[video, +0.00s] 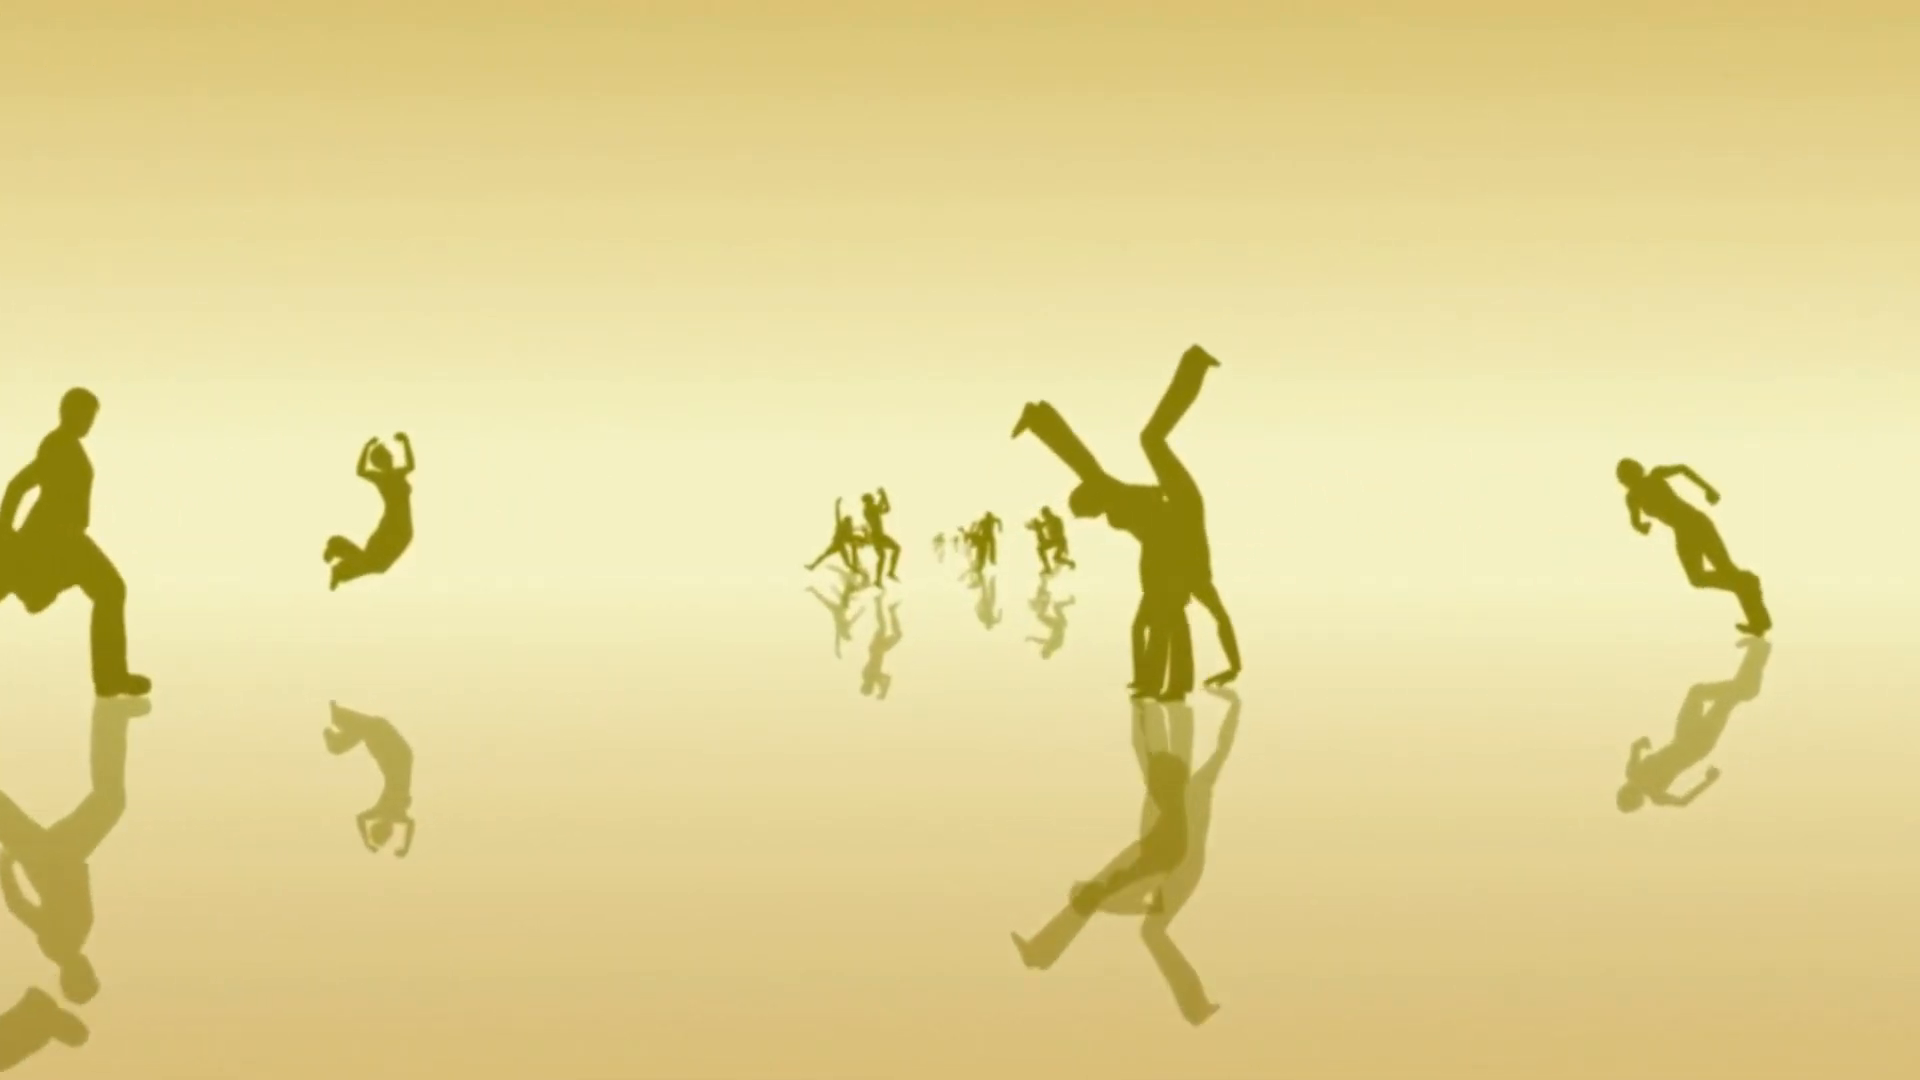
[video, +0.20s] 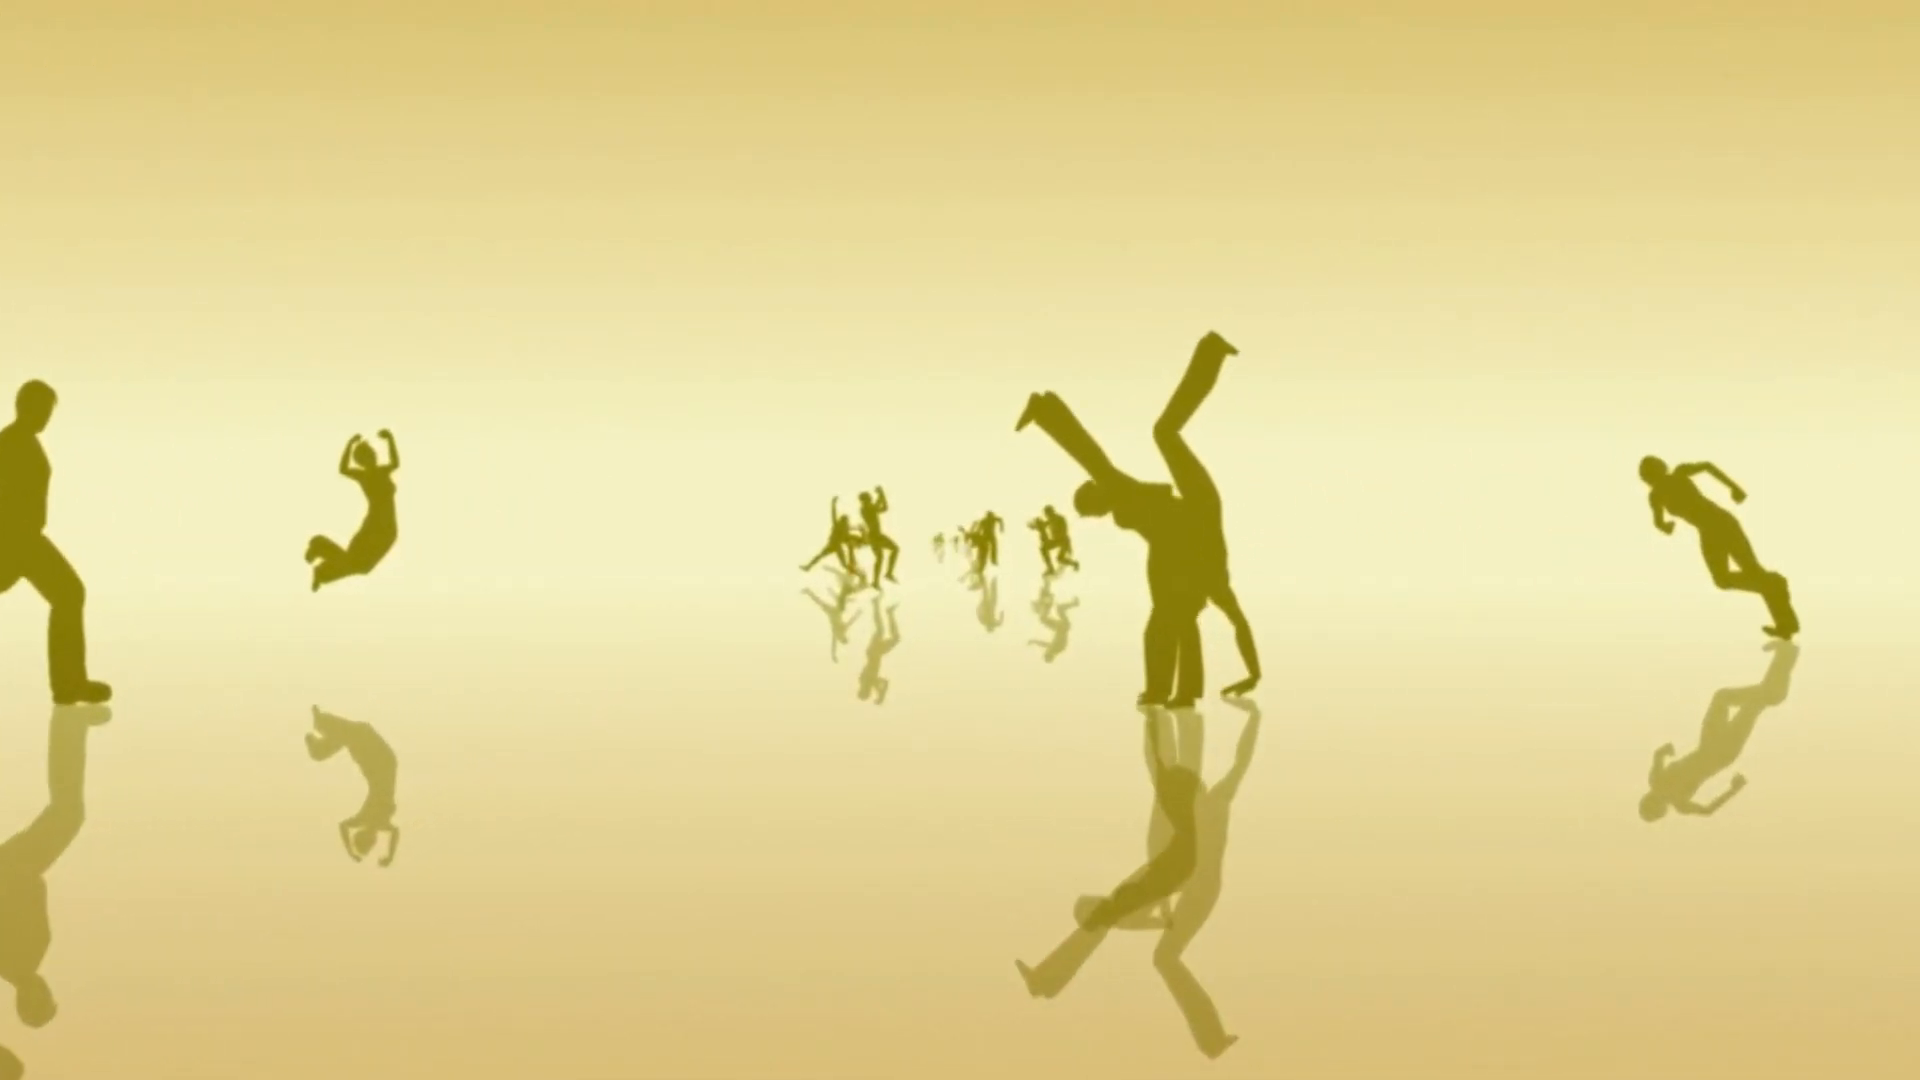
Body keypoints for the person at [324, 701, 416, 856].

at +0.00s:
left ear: (387, 829)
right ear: (375, 826)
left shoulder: (397, 816)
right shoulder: (378, 812)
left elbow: (411, 823)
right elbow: (360, 818)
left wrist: (405, 848)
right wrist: (366, 842)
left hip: (383, 731)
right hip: (372, 728)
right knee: (336, 747)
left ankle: (338, 713)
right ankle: (327, 732)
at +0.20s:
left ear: (371, 838)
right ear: (359, 835)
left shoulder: (380, 824)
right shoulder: (361, 821)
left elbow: (396, 831)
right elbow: (342, 826)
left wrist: (390, 856)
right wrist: (349, 851)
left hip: (365, 735)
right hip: (355, 734)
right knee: (318, 754)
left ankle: (321, 719)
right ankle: (309, 737)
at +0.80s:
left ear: (316, 866)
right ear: (303, 863)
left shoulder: (327, 851)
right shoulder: (307, 847)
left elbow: (343, 859)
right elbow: (286, 853)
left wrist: (337, 886)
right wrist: (293, 881)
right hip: (298, 753)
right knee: (258, 774)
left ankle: (262, 736)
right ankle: (249, 756)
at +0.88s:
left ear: (305, 872)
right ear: (291, 868)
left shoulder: (315, 857)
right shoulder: (293, 853)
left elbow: (332, 865)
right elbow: (272, 859)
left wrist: (325, 893)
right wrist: (280, 887)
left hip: (298, 757)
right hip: (285, 756)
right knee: (245, 779)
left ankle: (248, 740)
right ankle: (235, 760)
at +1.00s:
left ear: (297, 876)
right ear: (283, 872)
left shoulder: (307, 860)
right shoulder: (286, 857)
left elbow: (324, 870)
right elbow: (263, 863)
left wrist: (317, 898)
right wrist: (271, 891)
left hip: (290, 761)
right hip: (276, 760)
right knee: (236, 782)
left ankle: (239, 742)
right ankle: (226, 762)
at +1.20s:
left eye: (265, 899)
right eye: (262, 897)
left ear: (274, 886)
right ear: (261, 883)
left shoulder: (285, 871)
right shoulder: (264, 867)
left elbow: (303, 880)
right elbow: (241, 873)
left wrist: (296, 909)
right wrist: (249, 903)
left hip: (268, 766)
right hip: (254, 767)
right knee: (213, 789)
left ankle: (217, 749)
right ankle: (202, 772)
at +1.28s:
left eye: (254, 907)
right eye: (250, 908)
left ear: (259, 894)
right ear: (249, 891)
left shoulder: (271, 876)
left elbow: (289, 888)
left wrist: (283, 917)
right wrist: (235, 912)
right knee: (198, 795)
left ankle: (203, 754)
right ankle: (187, 776)